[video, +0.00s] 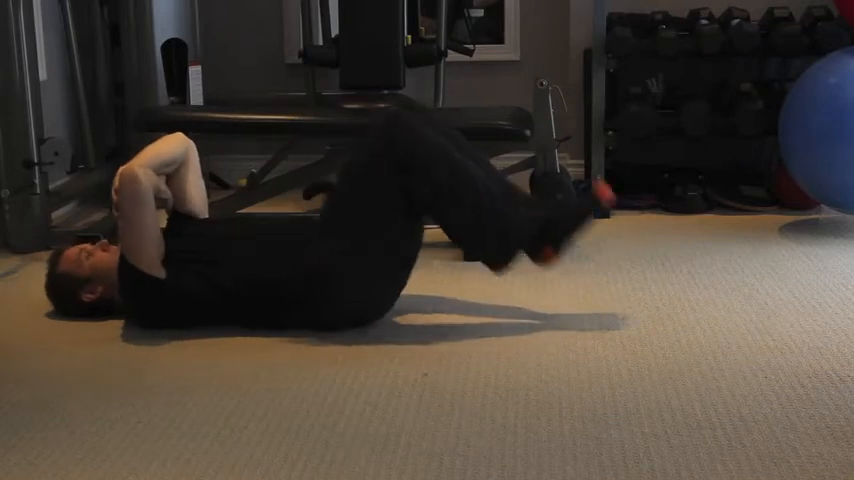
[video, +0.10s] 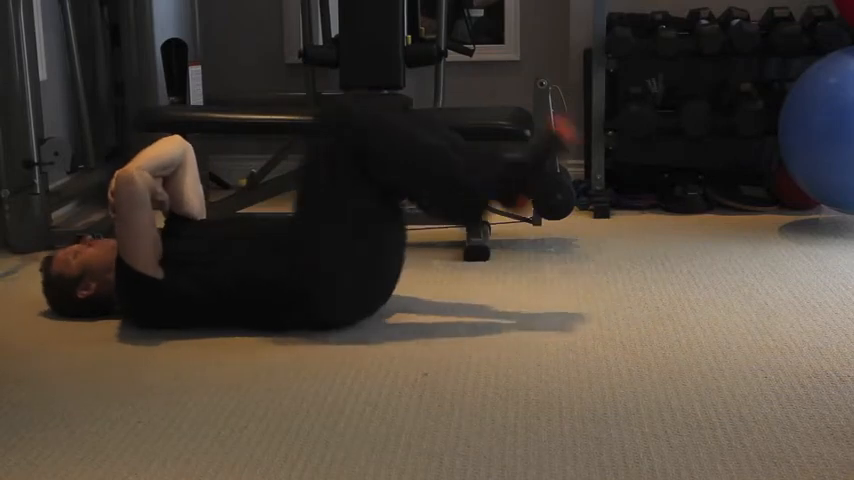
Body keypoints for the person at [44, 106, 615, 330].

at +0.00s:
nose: (98, 251)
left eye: (91, 249)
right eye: (87, 261)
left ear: (111, 253)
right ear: (95, 295)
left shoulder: (177, 250)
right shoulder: (151, 297)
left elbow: (182, 152)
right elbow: (134, 173)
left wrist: (152, 223)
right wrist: (149, 221)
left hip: (347, 256)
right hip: (340, 286)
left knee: (404, 122)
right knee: (397, 134)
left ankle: (505, 229)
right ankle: (531, 230)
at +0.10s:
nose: (87, 242)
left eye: (78, 246)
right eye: (77, 257)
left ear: (100, 251)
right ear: (90, 288)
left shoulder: (177, 248)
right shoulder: (143, 297)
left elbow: (179, 153)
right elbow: (129, 178)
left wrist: (140, 203)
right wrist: (148, 201)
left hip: (347, 266)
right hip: (327, 287)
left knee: (357, 122)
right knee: (342, 126)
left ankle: (519, 174)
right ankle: (511, 186)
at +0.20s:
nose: (78, 236)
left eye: (68, 240)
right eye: (68, 250)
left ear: (89, 245)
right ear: (84, 284)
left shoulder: (175, 249)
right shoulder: (135, 294)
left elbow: (182, 148)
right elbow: (128, 180)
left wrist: (130, 190)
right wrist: (130, 227)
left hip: (336, 266)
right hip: (311, 287)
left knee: (296, 116)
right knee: (283, 125)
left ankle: (452, 128)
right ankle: (453, 135)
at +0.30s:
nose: (76, 234)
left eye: (64, 240)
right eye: (69, 247)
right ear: (86, 278)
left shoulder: (173, 250)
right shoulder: (131, 293)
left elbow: (186, 149)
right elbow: (128, 178)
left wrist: (125, 176)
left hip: (344, 256)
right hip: (306, 276)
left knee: (234, 135)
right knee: (232, 137)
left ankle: (398, 98)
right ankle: (388, 118)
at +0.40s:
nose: (79, 232)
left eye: (65, 239)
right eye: (66, 248)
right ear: (86, 281)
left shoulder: (170, 256)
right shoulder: (133, 288)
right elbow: (126, 175)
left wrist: (145, 170)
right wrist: (171, 149)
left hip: (342, 240)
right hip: (308, 258)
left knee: (209, 150)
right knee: (195, 142)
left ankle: (354, 85)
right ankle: (350, 88)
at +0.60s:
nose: (74, 232)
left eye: (63, 243)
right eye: (66, 249)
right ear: (89, 280)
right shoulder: (136, 289)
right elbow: (134, 172)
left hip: (340, 234)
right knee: (170, 154)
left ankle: (318, 67)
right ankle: (315, 68)